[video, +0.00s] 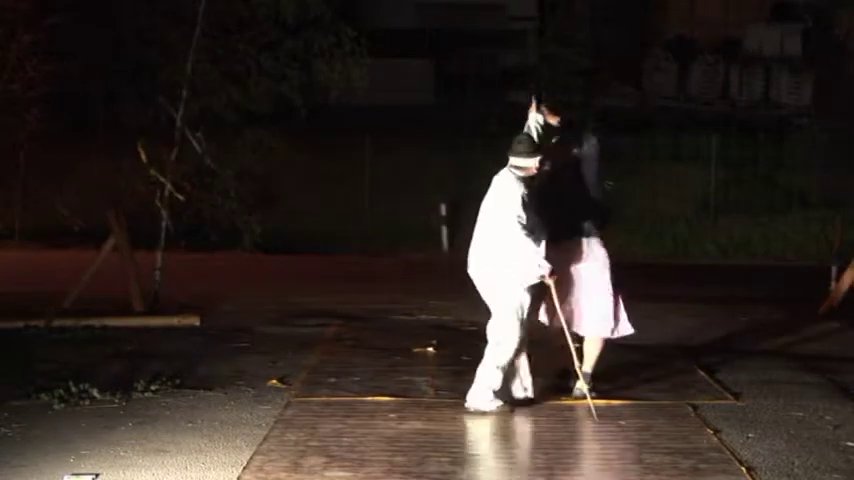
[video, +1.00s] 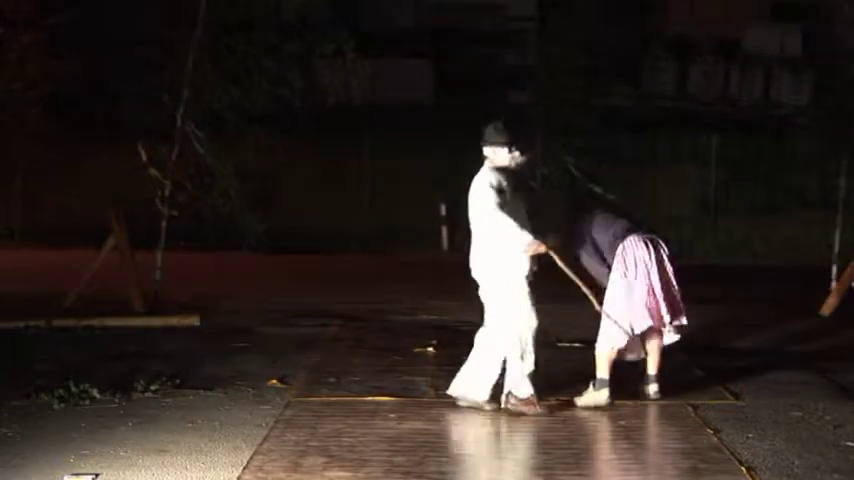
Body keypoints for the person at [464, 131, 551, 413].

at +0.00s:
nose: (539, 165)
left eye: (539, 159)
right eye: (535, 160)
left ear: (517, 159)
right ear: (525, 162)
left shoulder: (512, 180)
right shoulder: (510, 189)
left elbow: (527, 145)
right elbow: (513, 236)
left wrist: (535, 121)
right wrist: (539, 265)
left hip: (502, 265)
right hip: (496, 268)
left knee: (513, 325)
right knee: (508, 327)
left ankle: (519, 388)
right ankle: (481, 394)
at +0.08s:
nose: (546, 168)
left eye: (546, 163)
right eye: (542, 164)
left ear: (524, 159)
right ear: (530, 164)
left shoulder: (519, 181)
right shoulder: (516, 188)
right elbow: (522, 236)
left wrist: (533, 130)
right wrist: (547, 271)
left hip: (505, 263)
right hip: (498, 266)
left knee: (524, 320)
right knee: (511, 324)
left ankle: (521, 375)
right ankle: (482, 392)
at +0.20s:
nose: (547, 164)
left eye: (547, 159)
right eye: (546, 159)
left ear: (527, 153)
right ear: (543, 158)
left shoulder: (518, 173)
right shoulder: (530, 180)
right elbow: (538, 219)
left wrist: (548, 251)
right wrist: (559, 250)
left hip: (493, 251)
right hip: (507, 258)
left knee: (542, 278)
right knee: (506, 325)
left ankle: (530, 339)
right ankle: (483, 391)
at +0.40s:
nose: (567, 154)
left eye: (566, 149)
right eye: (566, 150)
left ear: (539, 147)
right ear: (562, 151)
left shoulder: (515, 173)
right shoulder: (562, 183)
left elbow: (500, 205)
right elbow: (582, 219)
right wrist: (595, 247)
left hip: (499, 246)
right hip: (528, 252)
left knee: (537, 301)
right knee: (531, 309)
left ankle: (540, 352)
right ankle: (507, 378)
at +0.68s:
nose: (542, 157)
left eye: (540, 152)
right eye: (538, 153)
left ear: (514, 157)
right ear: (529, 157)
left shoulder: (503, 186)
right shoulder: (535, 189)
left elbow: (494, 226)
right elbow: (560, 221)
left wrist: (516, 245)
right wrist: (590, 250)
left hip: (507, 267)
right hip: (531, 267)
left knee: (531, 324)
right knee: (549, 323)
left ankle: (521, 389)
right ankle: (530, 391)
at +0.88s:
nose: (530, 146)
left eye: (528, 140)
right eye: (524, 141)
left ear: (505, 144)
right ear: (508, 144)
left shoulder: (498, 173)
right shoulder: (507, 176)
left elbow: (518, 216)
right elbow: (526, 214)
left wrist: (546, 240)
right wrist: (555, 238)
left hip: (505, 263)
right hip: (510, 265)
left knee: (510, 321)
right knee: (521, 321)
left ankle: (494, 380)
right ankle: (520, 387)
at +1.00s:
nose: (516, 155)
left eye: (515, 149)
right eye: (510, 150)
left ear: (497, 151)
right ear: (493, 152)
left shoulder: (502, 181)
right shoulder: (485, 184)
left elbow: (506, 226)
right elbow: (496, 226)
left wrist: (528, 246)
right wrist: (527, 243)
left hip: (509, 268)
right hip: (496, 269)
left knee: (499, 325)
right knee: (522, 322)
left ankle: (469, 388)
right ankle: (518, 390)